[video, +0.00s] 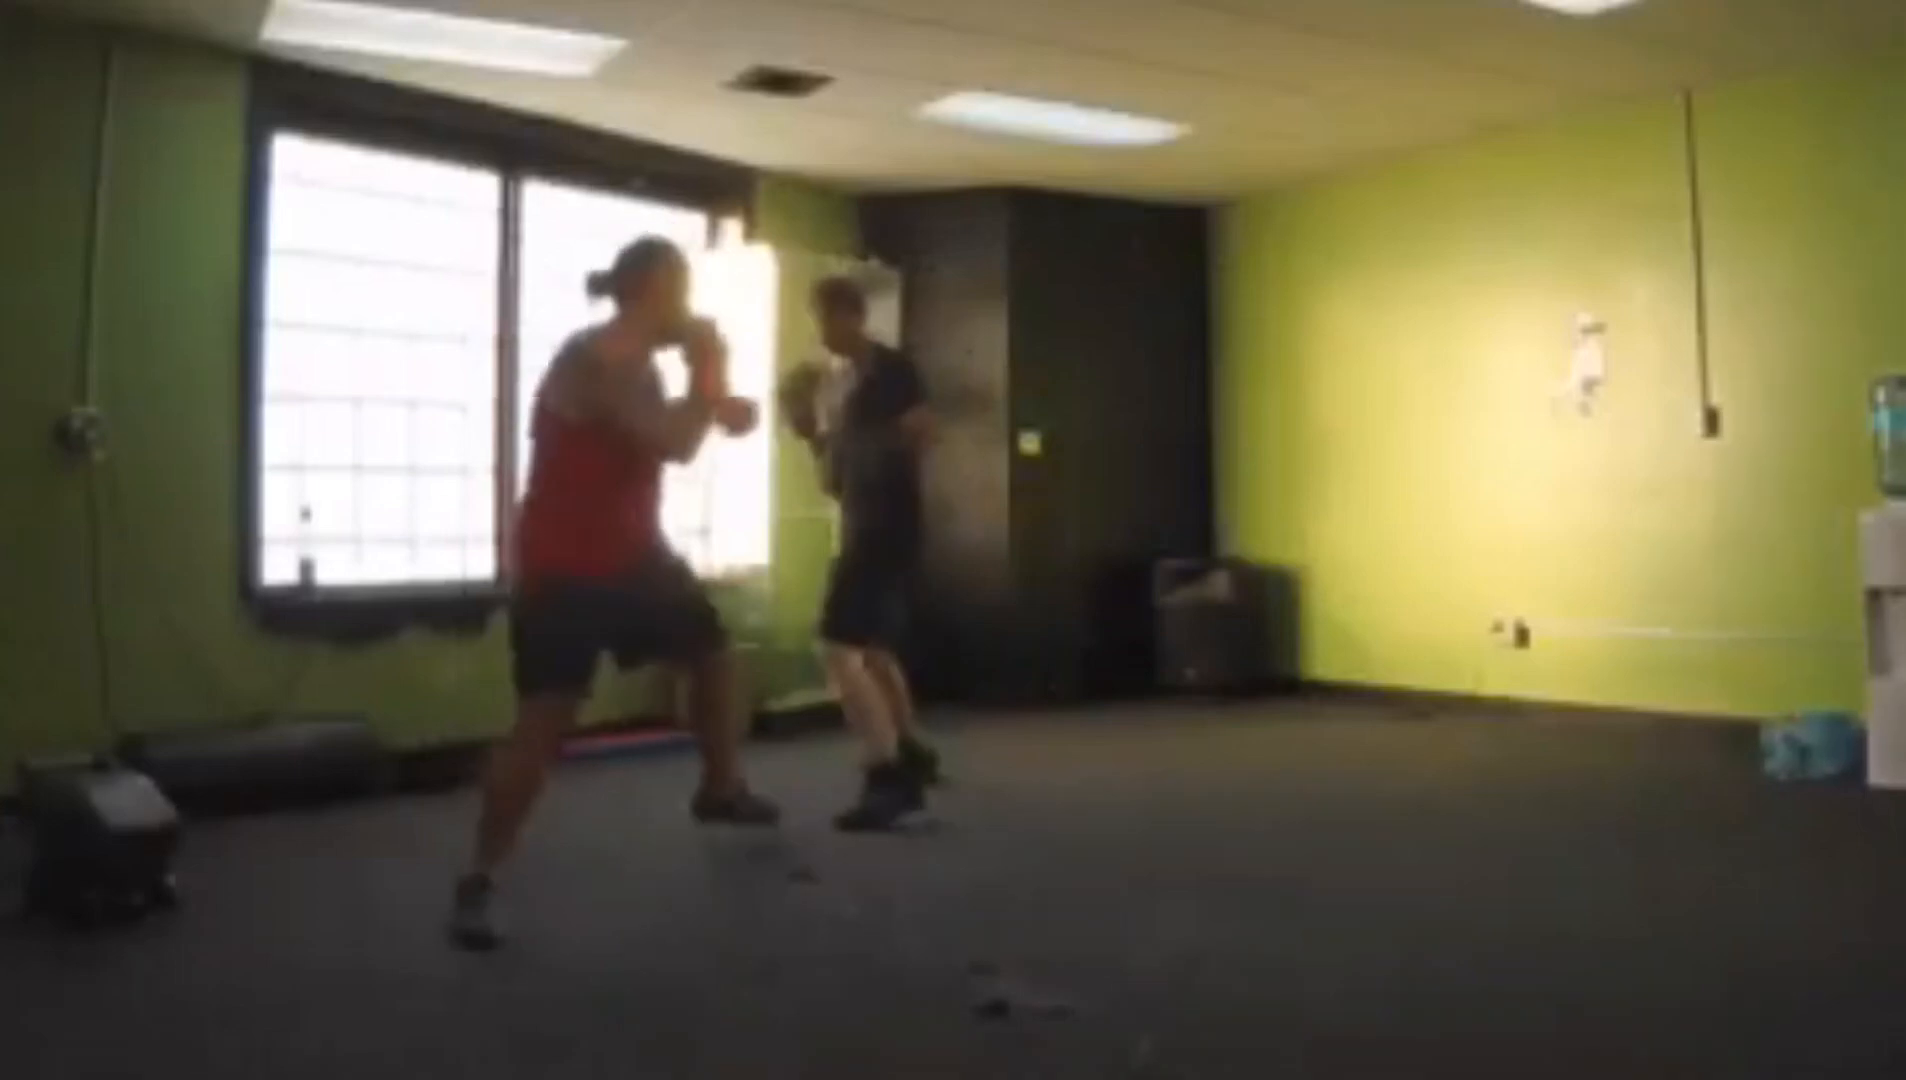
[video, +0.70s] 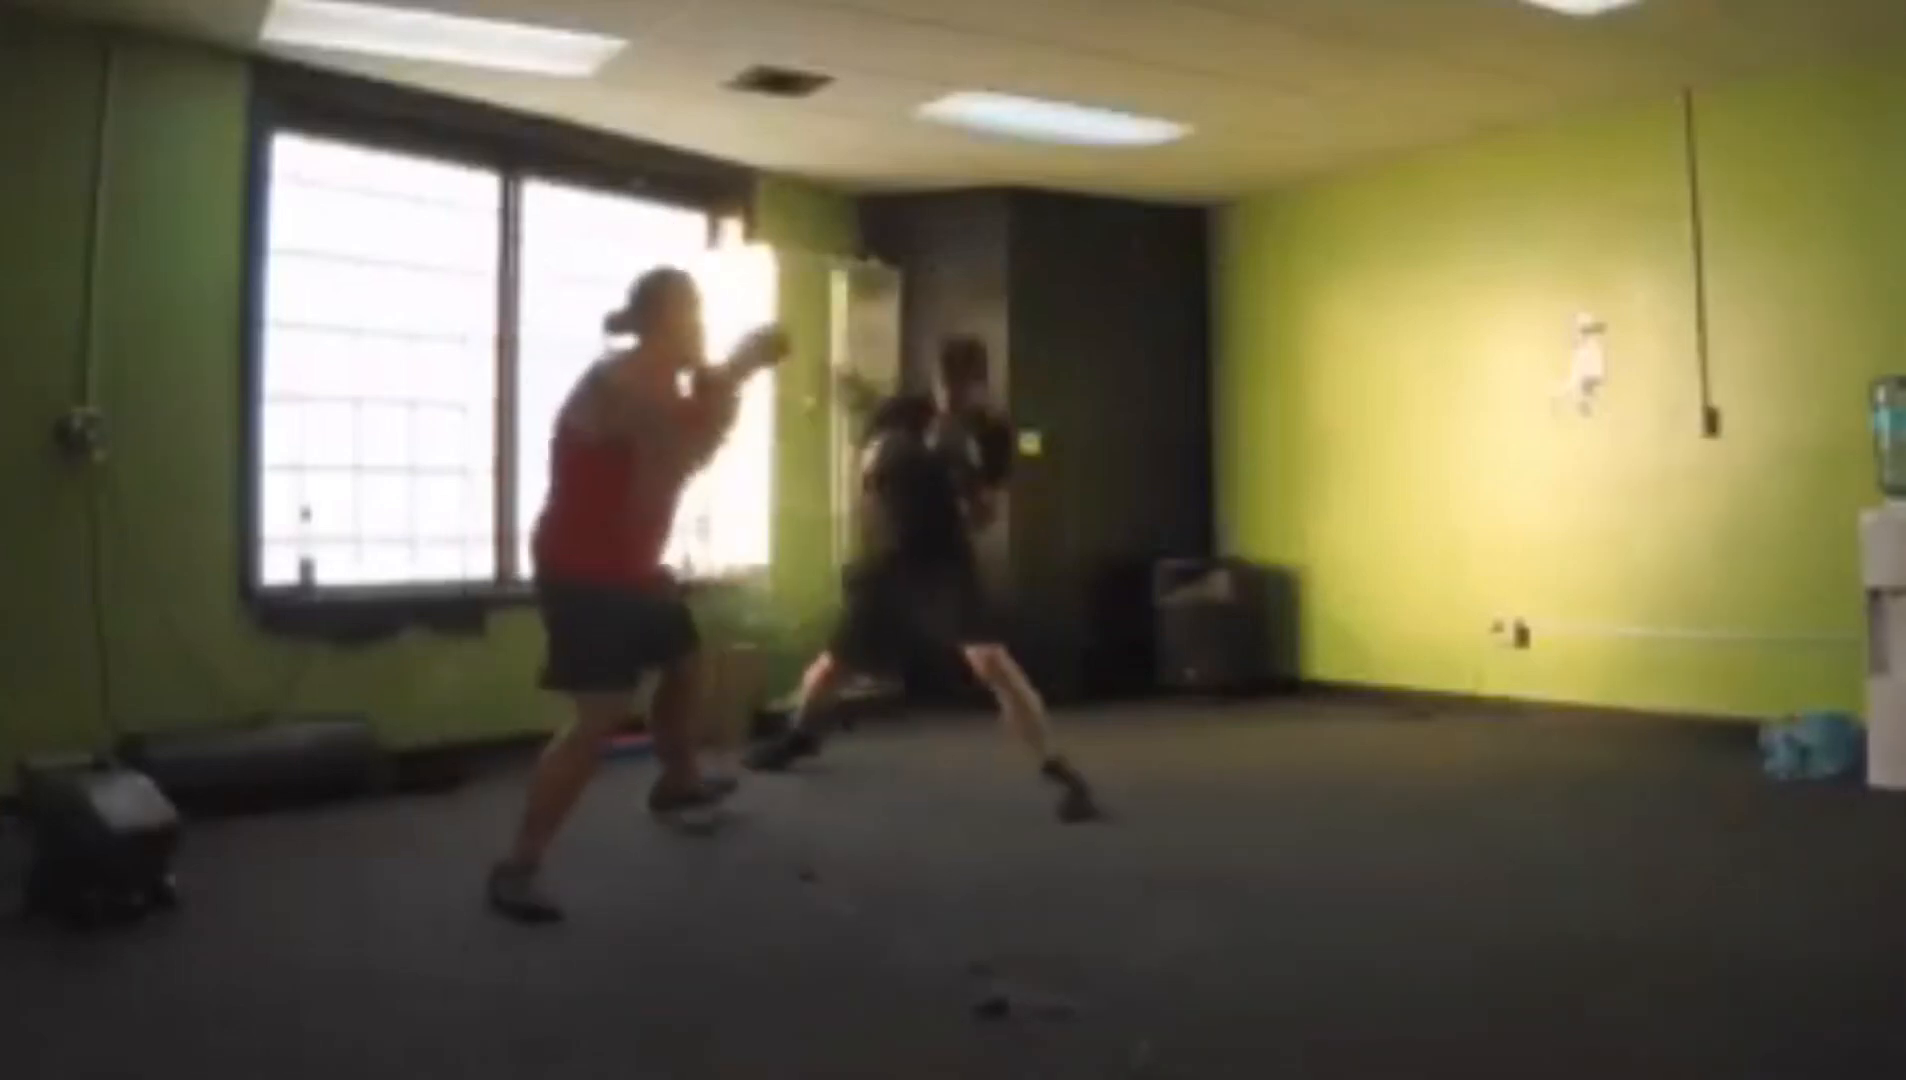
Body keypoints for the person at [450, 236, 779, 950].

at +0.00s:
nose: (685, 305)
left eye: (684, 290)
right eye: (678, 289)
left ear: (634, 289)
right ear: (646, 289)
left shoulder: (615, 361)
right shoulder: (605, 361)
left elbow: (642, 435)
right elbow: (673, 441)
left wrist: (709, 412)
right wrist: (705, 371)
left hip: (626, 559)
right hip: (578, 565)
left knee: (711, 654)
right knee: (543, 724)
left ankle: (722, 786)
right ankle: (479, 880)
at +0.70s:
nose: (699, 328)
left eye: (697, 315)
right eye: (689, 314)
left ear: (667, 321)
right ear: (657, 320)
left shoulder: (660, 385)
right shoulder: (622, 382)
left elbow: (694, 446)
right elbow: (674, 452)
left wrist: (727, 381)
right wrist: (728, 381)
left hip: (631, 572)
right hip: (585, 574)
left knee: (684, 655)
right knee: (601, 714)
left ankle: (678, 781)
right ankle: (518, 868)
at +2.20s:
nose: (685, 315)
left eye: (691, 300)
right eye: (670, 303)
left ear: (705, 303)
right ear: (647, 314)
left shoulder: (744, 377)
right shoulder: (626, 389)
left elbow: (814, 431)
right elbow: (589, 498)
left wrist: (824, 393)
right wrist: (634, 434)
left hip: (744, 557)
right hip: (651, 565)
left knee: (815, 688)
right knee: (603, 708)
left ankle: (782, 817)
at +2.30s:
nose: (652, 326)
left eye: (662, 310)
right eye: (638, 312)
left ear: (681, 313)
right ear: (621, 322)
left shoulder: (715, 380)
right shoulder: (595, 398)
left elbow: (801, 407)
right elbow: (549, 498)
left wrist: (868, 388)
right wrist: (581, 449)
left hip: (714, 563)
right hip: (620, 570)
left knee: (799, 689)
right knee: (561, 695)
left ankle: (791, 798)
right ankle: (532, 832)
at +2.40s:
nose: (647, 329)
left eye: (653, 314)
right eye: (631, 318)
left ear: (668, 315)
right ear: (608, 327)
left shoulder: (702, 380)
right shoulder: (589, 396)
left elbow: (786, 414)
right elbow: (533, 490)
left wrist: (852, 433)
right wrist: (562, 433)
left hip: (705, 561)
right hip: (615, 567)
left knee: (778, 680)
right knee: (559, 689)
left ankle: (824, 802)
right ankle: (528, 833)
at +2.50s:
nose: (647, 331)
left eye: (656, 315)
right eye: (632, 319)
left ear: (672, 317)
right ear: (611, 327)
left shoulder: (699, 385)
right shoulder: (596, 393)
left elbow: (777, 467)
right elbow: (545, 477)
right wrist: (570, 432)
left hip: (711, 566)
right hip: (621, 566)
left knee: (778, 690)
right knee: (559, 688)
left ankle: (833, 807)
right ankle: (528, 833)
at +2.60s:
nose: (676, 332)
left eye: (685, 317)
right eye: (663, 319)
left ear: (701, 325)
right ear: (643, 328)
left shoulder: (729, 402)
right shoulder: (616, 392)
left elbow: (786, 489)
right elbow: (576, 474)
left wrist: (731, 451)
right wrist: (638, 458)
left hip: (722, 568)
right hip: (629, 571)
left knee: (809, 684)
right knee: (565, 691)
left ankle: (845, 812)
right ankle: (528, 835)